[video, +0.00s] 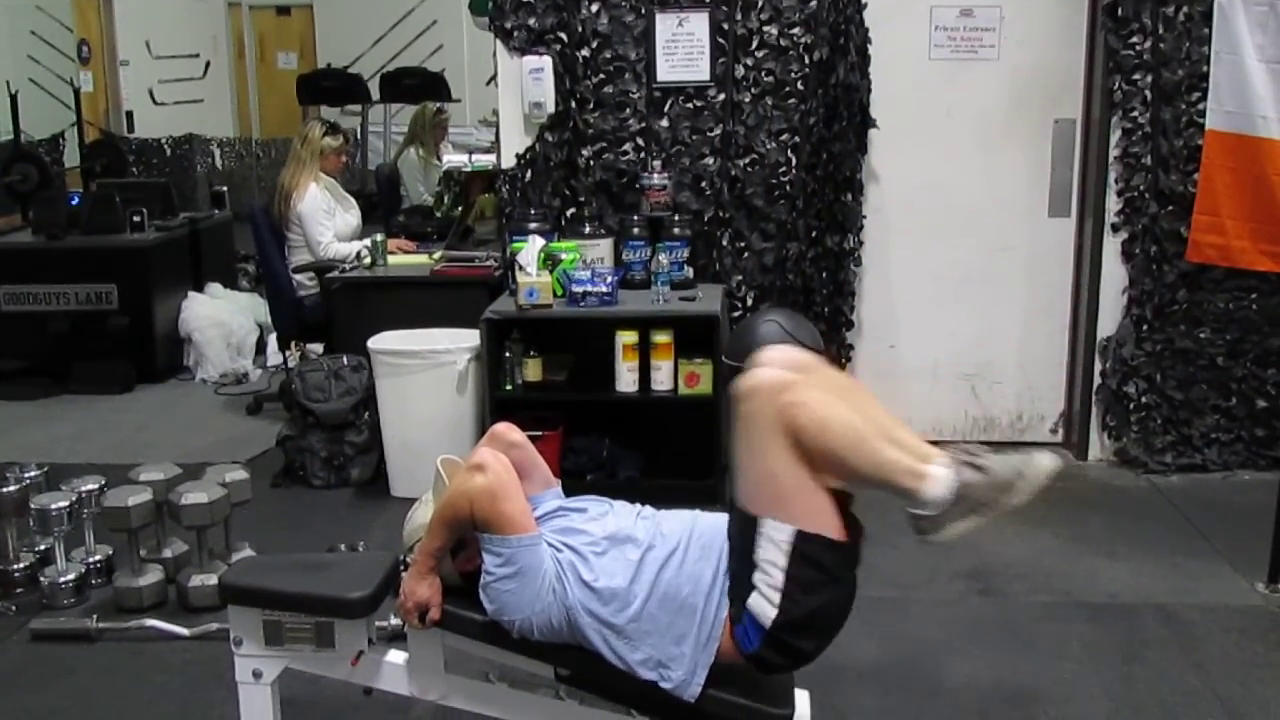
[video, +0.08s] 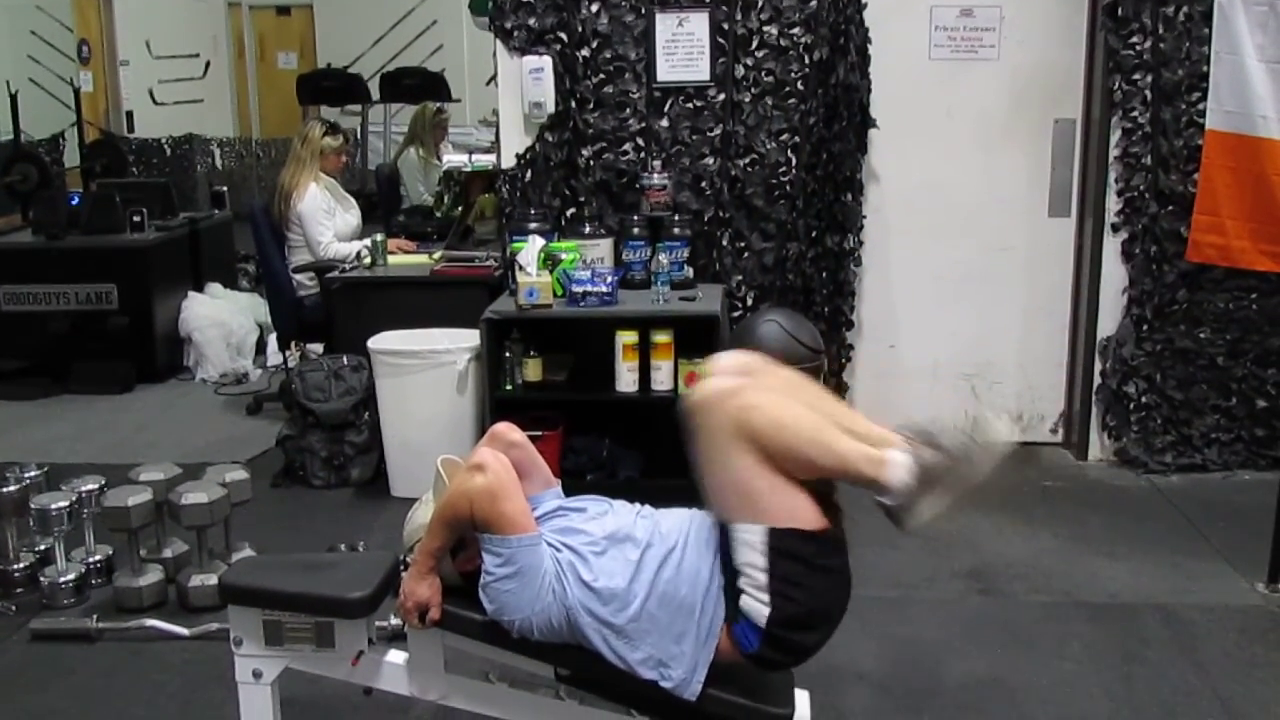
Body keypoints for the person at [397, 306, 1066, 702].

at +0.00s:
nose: (510, 463)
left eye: (513, 455)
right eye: (494, 466)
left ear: (526, 482)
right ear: (481, 513)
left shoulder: (560, 518)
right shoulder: (520, 585)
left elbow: (514, 440)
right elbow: (477, 473)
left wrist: (445, 522)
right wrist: (428, 558)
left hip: (772, 573)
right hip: (763, 613)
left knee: (785, 362)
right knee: (763, 387)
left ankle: (945, 470)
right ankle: (940, 482)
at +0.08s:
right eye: (482, 484)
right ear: (478, 546)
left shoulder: (556, 521)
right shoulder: (522, 590)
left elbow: (506, 436)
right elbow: (479, 472)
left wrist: (455, 521)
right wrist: (426, 563)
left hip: (764, 569)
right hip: (765, 610)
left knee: (732, 367)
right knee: (718, 394)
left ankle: (908, 456)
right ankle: (898, 475)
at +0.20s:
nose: (471, 545)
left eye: (462, 541)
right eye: (462, 542)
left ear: (478, 540)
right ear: (472, 561)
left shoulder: (552, 516)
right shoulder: (520, 592)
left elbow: (506, 438)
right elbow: (480, 473)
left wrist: (448, 530)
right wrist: (426, 561)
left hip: (781, 557)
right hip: (766, 599)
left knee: (639, 402)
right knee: (635, 435)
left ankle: (817, 394)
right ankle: (832, 417)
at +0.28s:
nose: (478, 468)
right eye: (469, 479)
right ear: (472, 554)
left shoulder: (547, 523)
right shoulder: (518, 591)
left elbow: (504, 437)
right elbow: (482, 479)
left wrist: (462, 529)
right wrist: (426, 563)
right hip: (764, 578)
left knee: (611, 411)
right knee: (597, 450)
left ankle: (781, 335)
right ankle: (774, 344)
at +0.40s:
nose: (474, 460)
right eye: (465, 473)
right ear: (470, 560)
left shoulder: (549, 522)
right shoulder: (517, 591)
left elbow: (504, 436)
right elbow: (484, 483)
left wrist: (450, 537)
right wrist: (426, 562)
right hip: (761, 542)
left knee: (615, 409)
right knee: (576, 427)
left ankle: (670, 238)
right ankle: (661, 247)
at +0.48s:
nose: (469, 470)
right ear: (469, 562)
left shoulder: (548, 520)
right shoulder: (519, 594)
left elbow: (506, 436)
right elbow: (478, 481)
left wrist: (440, 540)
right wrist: (425, 563)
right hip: (750, 523)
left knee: (585, 385)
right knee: (561, 401)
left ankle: (597, 205)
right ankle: (587, 202)